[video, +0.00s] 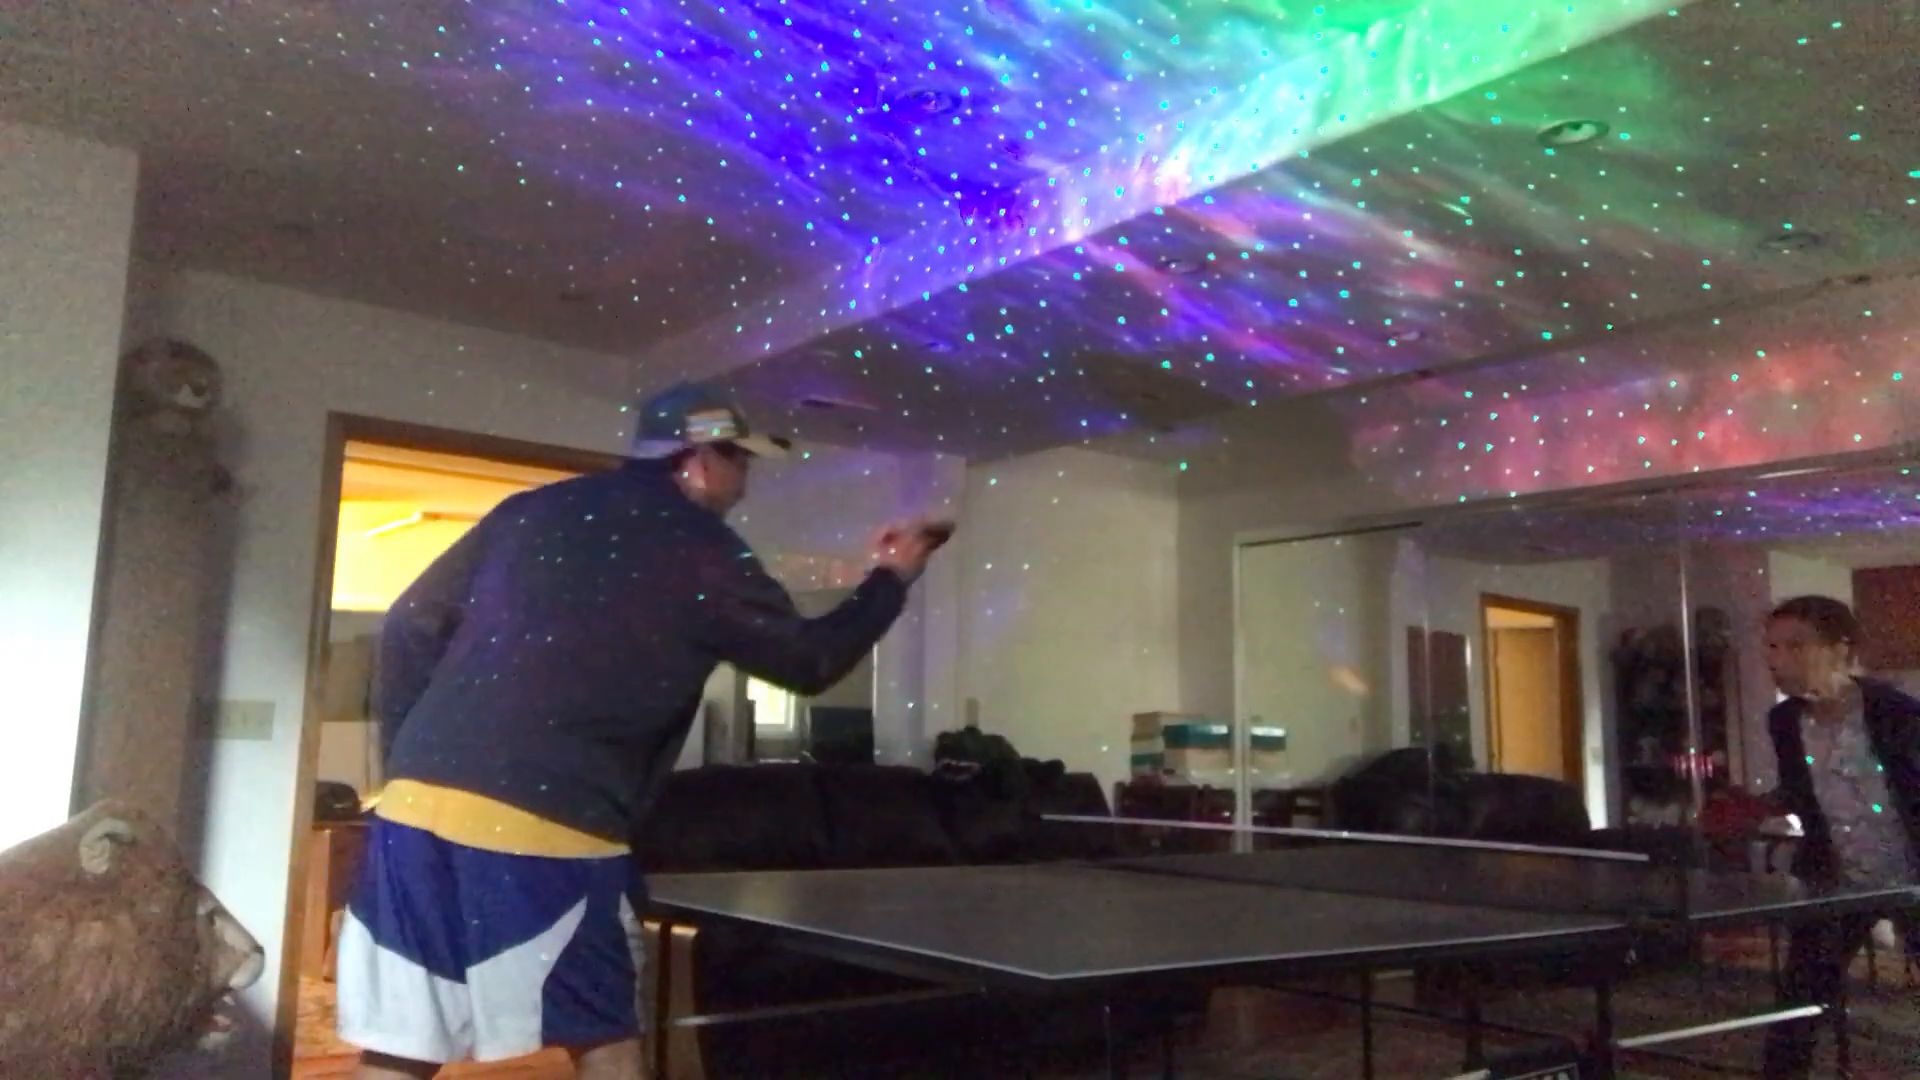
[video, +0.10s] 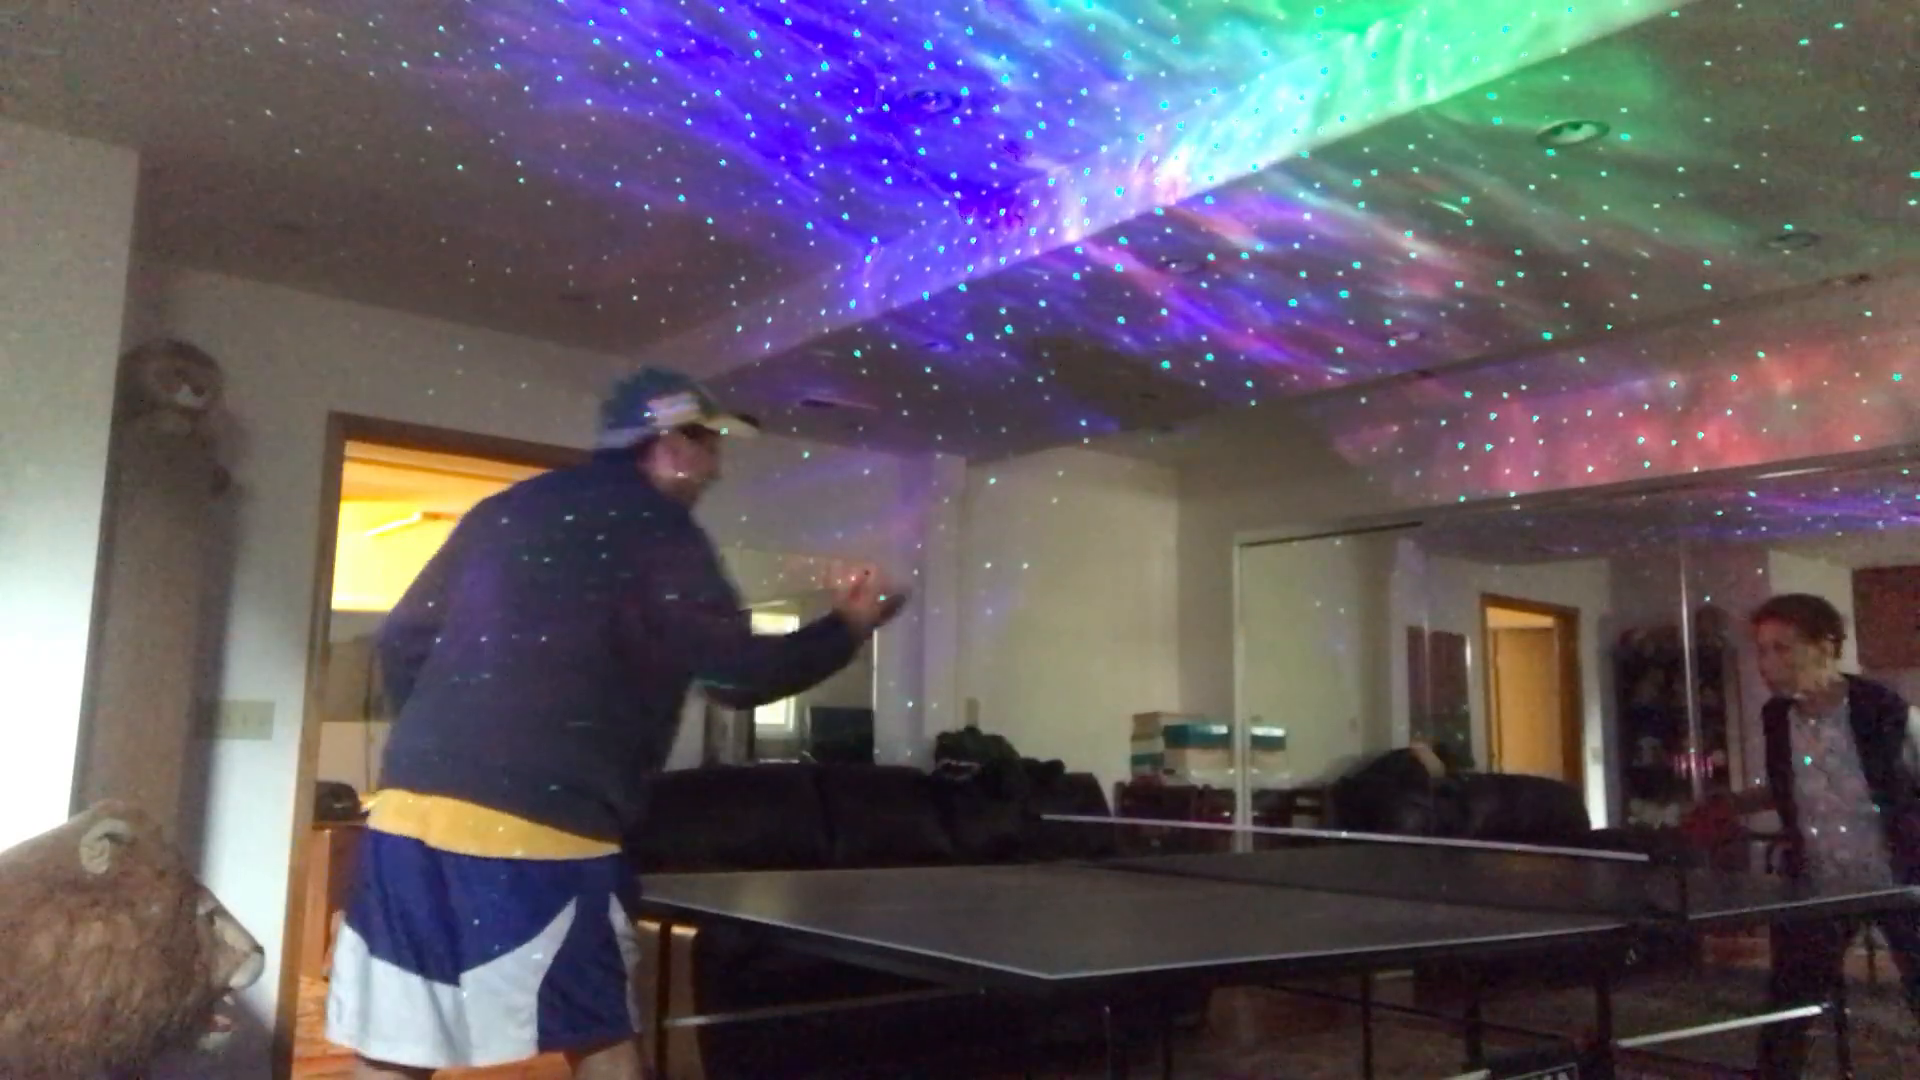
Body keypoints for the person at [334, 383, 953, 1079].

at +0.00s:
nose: (746, 478)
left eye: (746, 462)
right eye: (737, 460)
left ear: (658, 457)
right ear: (695, 463)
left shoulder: (529, 507)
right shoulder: (703, 552)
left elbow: (411, 621)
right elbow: (809, 661)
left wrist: (407, 764)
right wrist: (894, 574)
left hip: (408, 814)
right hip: (545, 834)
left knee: (397, 1059)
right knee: (604, 1061)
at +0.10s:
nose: (712, 463)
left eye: (715, 445)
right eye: (702, 442)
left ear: (620, 440)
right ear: (660, 444)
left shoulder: (504, 506)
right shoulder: (661, 528)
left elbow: (400, 637)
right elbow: (738, 672)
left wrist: (442, 745)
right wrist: (848, 623)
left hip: (405, 812)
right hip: (538, 826)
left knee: (391, 1058)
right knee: (606, 1055)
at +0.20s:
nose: (679, 447)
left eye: (677, 429)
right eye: (668, 427)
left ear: (587, 430)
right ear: (623, 434)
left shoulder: (468, 506)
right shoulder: (616, 515)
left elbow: (380, 653)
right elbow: (634, 665)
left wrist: (455, 727)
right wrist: (763, 685)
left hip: (389, 812)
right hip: (517, 822)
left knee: (394, 1057)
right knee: (588, 1058)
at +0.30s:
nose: (647, 430)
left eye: (646, 412)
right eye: (635, 410)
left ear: (562, 416)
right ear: (587, 415)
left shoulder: (450, 498)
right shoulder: (578, 505)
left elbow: (361, 653)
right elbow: (556, 665)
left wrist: (444, 733)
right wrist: (685, 716)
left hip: (368, 818)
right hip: (489, 827)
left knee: (380, 1060)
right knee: (564, 1059)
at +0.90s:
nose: (667, 422)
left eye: (666, 401)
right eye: (656, 398)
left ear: (596, 401)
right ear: (602, 398)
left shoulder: (470, 476)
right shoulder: (550, 477)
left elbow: (374, 644)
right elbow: (540, 659)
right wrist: (708, 684)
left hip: (350, 832)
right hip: (443, 844)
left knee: (358, 1059)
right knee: (469, 1064)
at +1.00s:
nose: (684, 427)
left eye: (684, 404)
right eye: (674, 400)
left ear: (606, 400)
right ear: (615, 399)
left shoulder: (520, 477)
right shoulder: (540, 474)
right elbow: (458, 642)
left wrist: (638, 789)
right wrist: (616, 741)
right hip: (443, 842)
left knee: (349, 1061)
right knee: (469, 1060)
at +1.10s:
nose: (704, 432)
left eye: (704, 408)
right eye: (692, 404)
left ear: (633, 406)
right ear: (633, 403)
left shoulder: (577, 509)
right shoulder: (548, 480)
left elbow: (551, 700)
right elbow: (427, 654)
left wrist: (627, 797)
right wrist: (579, 756)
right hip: (442, 863)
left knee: (364, 1067)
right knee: (501, 1064)